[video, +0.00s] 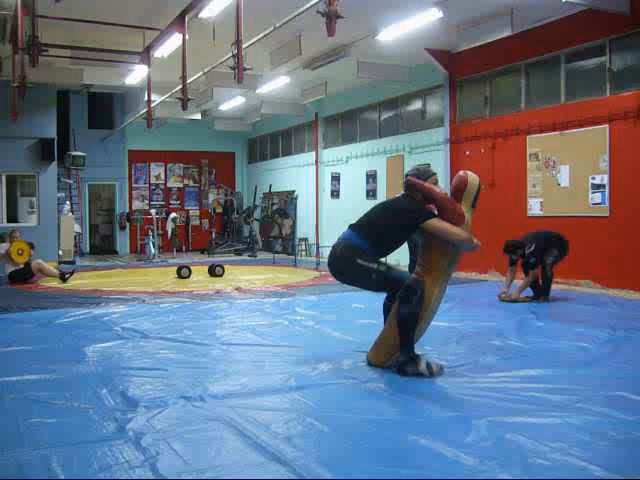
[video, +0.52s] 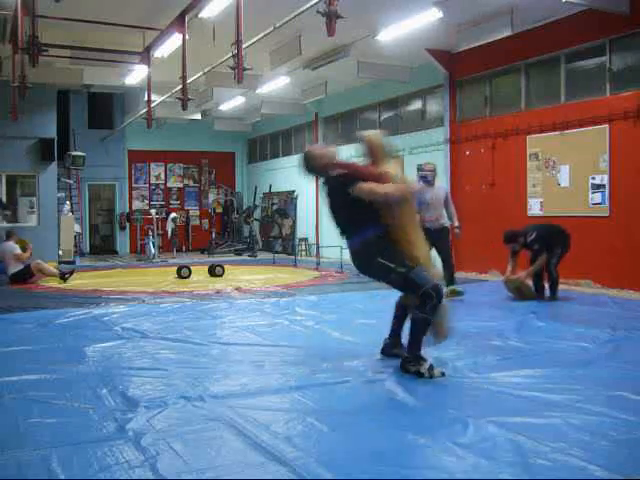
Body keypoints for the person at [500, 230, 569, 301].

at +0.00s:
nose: (513, 258)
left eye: (513, 255)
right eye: (511, 256)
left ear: (518, 251)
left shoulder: (531, 252)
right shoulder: (515, 250)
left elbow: (532, 276)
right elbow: (511, 272)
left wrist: (518, 292)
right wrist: (506, 289)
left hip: (559, 244)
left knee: (547, 263)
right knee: (525, 265)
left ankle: (545, 294)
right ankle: (537, 291)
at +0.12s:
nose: (513, 258)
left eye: (513, 255)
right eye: (511, 256)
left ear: (518, 251)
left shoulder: (531, 250)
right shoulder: (515, 250)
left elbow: (532, 276)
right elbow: (512, 271)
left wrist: (517, 292)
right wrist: (506, 289)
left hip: (559, 244)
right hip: (545, 244)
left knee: (547, 263)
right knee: (526, 265)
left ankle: (545, 294)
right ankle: (537, 292)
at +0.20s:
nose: (513, 258)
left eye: (513, 255)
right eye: (511, 256)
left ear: (518, 250)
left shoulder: (532, 249)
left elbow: (536, 271)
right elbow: (513, 267)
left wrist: (520, 287)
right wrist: (507, 284)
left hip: (560, 243)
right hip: (545, 243)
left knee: (548, 263)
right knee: (527, 264)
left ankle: (545, 294)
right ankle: (538, 292)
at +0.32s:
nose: (512, 255)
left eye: (512, 252)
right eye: (510, 253)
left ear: (518, 247)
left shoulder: (532, 245)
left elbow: (537, 267)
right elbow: (513, 265)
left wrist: (521, 282)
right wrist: (507, 279)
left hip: (560, 242)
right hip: (545, 243)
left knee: (549, 262)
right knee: (529, 263)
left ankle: (546, 294)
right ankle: (538, 292)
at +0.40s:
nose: (512, 252)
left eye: (512, 249)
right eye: (510, 250)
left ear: (518, 243)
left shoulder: (532, 241)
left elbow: (540, 262)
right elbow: (512, 260)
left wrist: (524, 277)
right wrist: (508, 275)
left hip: (561, 241)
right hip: (545, 242)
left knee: (550, 262)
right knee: (532, 263)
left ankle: (549, 295)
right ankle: (539, 293)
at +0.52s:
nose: (513, 249)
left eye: (513, 246)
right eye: (511, 247)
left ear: (518, 240)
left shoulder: (533, 238)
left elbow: (543, 258)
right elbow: (513, 258)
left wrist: (526, 275)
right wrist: (510, 274)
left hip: (561, 240)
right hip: (545, 242)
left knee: (551, 267)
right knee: (536, 267)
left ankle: (553, 295)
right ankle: (539, 294)